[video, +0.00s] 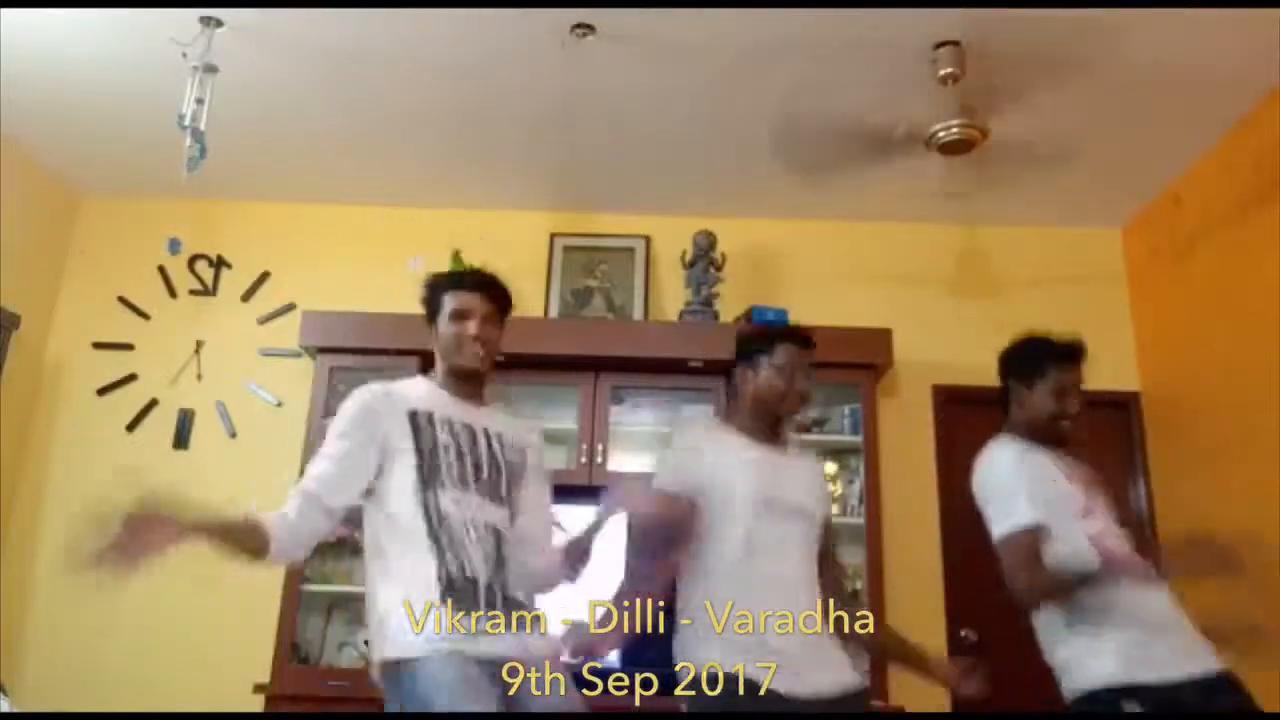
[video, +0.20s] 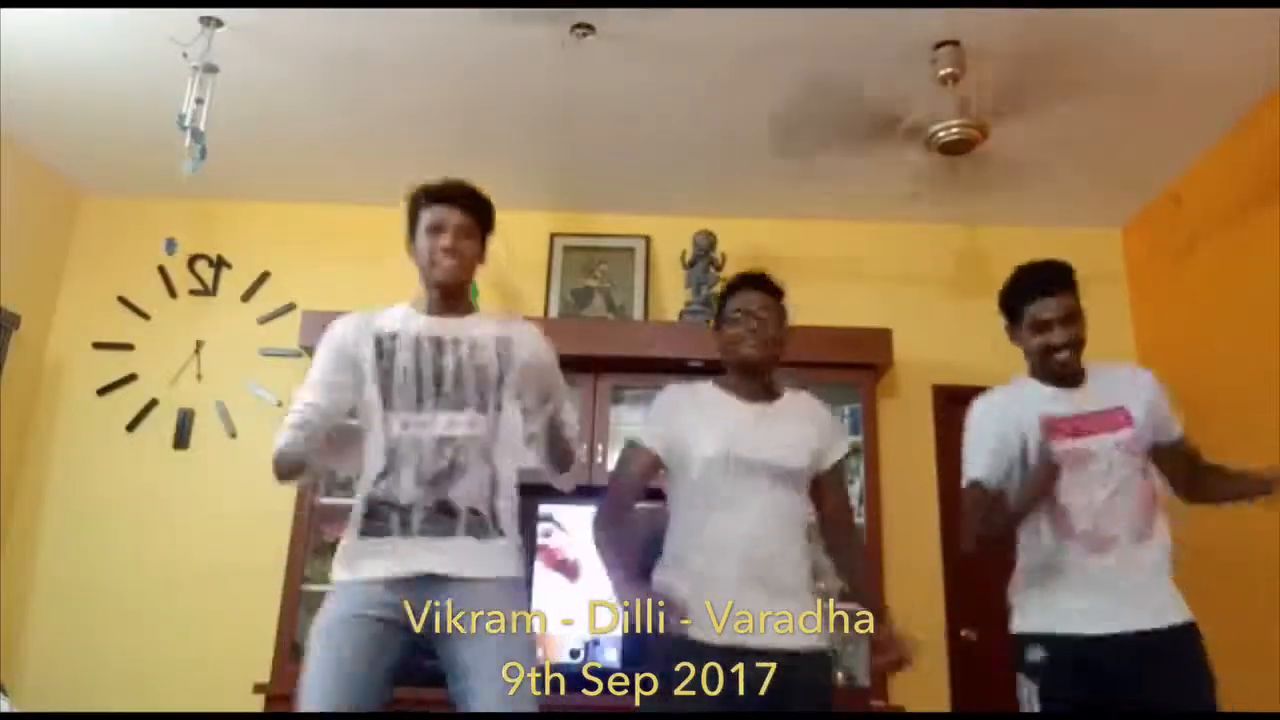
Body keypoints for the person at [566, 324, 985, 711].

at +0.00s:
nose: (802, 388)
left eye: (805, 376)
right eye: (788, 373)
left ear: (806, 382)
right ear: (746, 375)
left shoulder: (810, 472)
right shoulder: (697, 447)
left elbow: (835, 602)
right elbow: (650, 556)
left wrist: (934, 667)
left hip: (820, 682)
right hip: (727, 678)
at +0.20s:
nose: (748, 327)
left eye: (762, 318)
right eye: (735, 318)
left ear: (784, 337)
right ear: (717, 335)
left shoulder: (813, 417)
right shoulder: (679, 405)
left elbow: (840, 531)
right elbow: (610, 516)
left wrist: (876, 621)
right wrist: (632, 596)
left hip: (794, 651)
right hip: (693, 647)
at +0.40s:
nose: (679, 379)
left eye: (698, 370)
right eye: (676, 370)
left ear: (736, 394)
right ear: (669, 384)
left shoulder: (777, 479)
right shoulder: (640, 478)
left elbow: (812, 613)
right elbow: (614, 593)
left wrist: (787, 698)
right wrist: (599, 683)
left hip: (746, 697)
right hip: (648, 694)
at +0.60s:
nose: (646, 323)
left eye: (665, 315)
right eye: (648, 313)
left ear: (703, 333)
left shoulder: (736, 408)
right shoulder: (628, 411)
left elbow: (770, 541)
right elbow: (602, 521)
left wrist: (700, 639)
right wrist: (535, 586)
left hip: (679, 653)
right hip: (594, 644)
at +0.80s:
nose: (592, 381)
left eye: (608, 367)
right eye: (592, 367)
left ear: (650, 380)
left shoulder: (685, 451)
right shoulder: (595, 469)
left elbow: (688, 590)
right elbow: (556, 579)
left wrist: (714, 605)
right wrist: (476, 602)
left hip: (622, 686)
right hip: (550, 681)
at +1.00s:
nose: (587, 364)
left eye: (605, 353)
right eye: (586, 353)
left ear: (644, 367)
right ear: (582, 359)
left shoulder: (679, 436)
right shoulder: (578, 448)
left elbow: (693, 568)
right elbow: (524, 558)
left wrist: (739, 582)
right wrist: (426, 585)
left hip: (612, 671)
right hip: (531, 663)